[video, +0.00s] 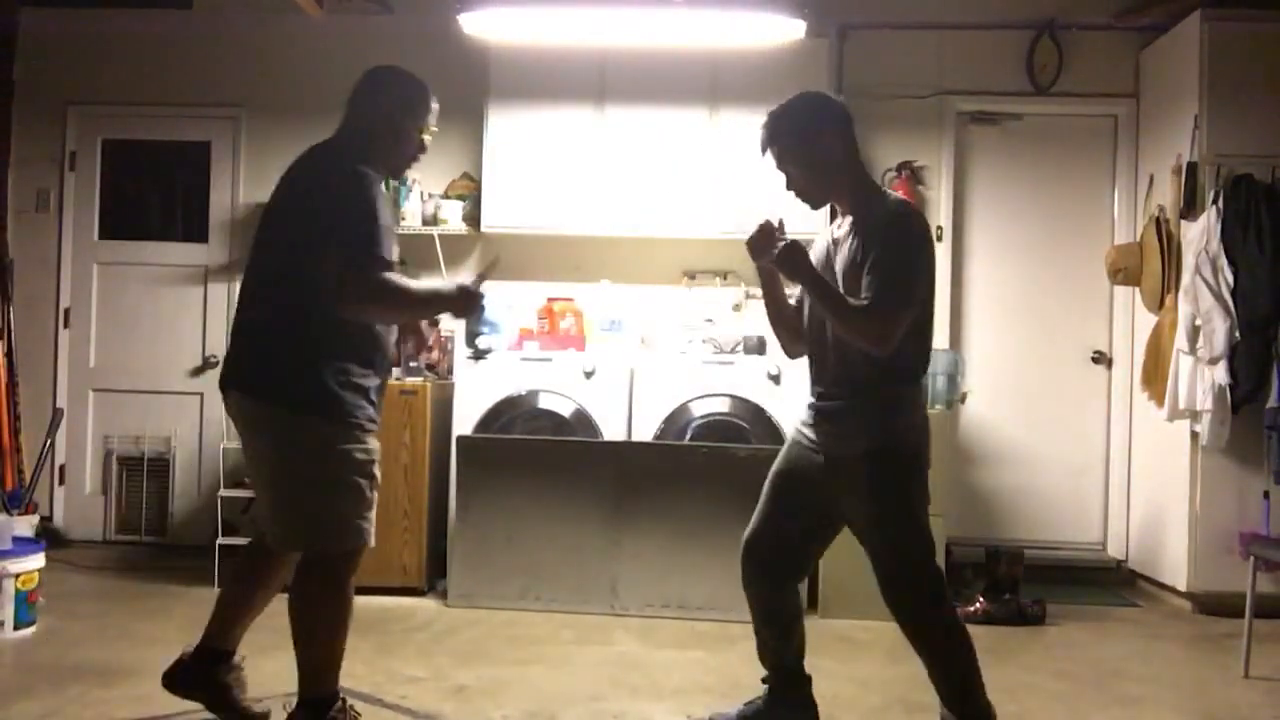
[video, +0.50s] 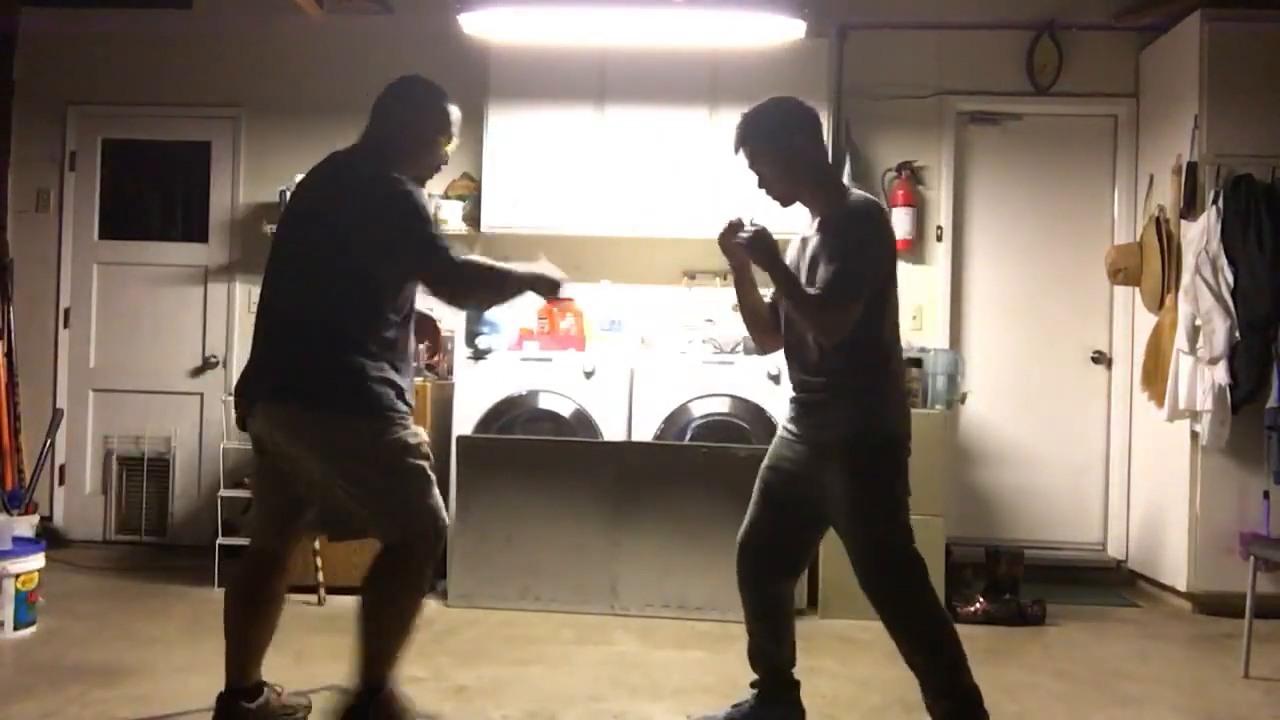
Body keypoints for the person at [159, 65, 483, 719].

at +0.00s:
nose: (424, 146)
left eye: (428, 133)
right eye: (419, 129)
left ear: (364, 117)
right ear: (379, 116)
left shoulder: (316, 169)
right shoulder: (355, 181)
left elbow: (324, 290)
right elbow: (357, 288)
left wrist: (396, 325)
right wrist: (449, 297)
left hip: (267, 384)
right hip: (315, 395)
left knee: (282, 526)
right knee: (336, 544)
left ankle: (209, 660)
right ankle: (319, 704)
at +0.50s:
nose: (446, 156)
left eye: (449, 142)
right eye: (443, 139)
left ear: (382, 123)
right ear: (407, 128)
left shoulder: (321, 179)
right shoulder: (389, 192)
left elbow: (335, 288)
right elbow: (457, 282)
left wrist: (410, 319)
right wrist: (535, 276)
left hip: (273, 391)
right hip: (344, 398)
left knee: (270, 543)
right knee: (420, 530)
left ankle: (241, 692)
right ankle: (374, 694)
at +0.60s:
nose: (467, 163)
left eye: (470, 151)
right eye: (465, 149)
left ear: (403, 130)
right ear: (440, 141)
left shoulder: (335, 180)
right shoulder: (426, 208)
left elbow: (342, 275)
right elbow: (513, 276)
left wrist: (418, 309)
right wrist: (595, 309)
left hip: (280, 389)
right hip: (358, 402)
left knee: (276, 545)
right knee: (415, 548)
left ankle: (241, 692)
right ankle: (441, 701)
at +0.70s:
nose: (499, 165)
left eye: (501, 151)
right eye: (496, 150)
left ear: (434, 136)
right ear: (469, 145)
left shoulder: (353, 187)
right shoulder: (468, 217)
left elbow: (330, 281)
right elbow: (567, 272)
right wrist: (653, 311)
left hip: (294, 395)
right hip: (384, 408)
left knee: (286, 551)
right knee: (429, 566)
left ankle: (242, 693)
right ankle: (461, 709)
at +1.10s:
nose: (537, 170)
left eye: (539, 157)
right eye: (538, 156)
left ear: (473, 134)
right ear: (525, 151)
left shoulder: (393, 183)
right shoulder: (516, 221)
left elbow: (386, 284)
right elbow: (553, 336)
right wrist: (531, 354)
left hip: (334, 392)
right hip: (433, 402)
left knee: (345, 555)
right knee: (479, 562)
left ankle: (305, 696)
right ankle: (474, 711)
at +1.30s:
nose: (500, 151)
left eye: (501, 138)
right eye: (495, 136)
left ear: (431, 128)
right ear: (466, 133)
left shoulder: (366, 185)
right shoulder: (459, 198)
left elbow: (385, 293)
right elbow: (491, 312)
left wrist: (478, 290)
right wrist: (513, 287)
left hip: (327, 402)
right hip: (411, 409)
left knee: (345, 558)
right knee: (455, 563)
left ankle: (306, 697)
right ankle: (471, 711)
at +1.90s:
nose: (467, 138)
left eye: (469, 124)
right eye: (460, 122)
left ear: (398, 119)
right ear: (424, 118)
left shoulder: (362, 181)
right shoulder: (419, 179)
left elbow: (420, 261)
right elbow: (457, 264)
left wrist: (483, 224)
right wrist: (534, 249)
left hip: (340, 400)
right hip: (413, 402)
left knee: (341, 550)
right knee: (483, 534)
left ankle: (303, 695)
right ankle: (473, 696)